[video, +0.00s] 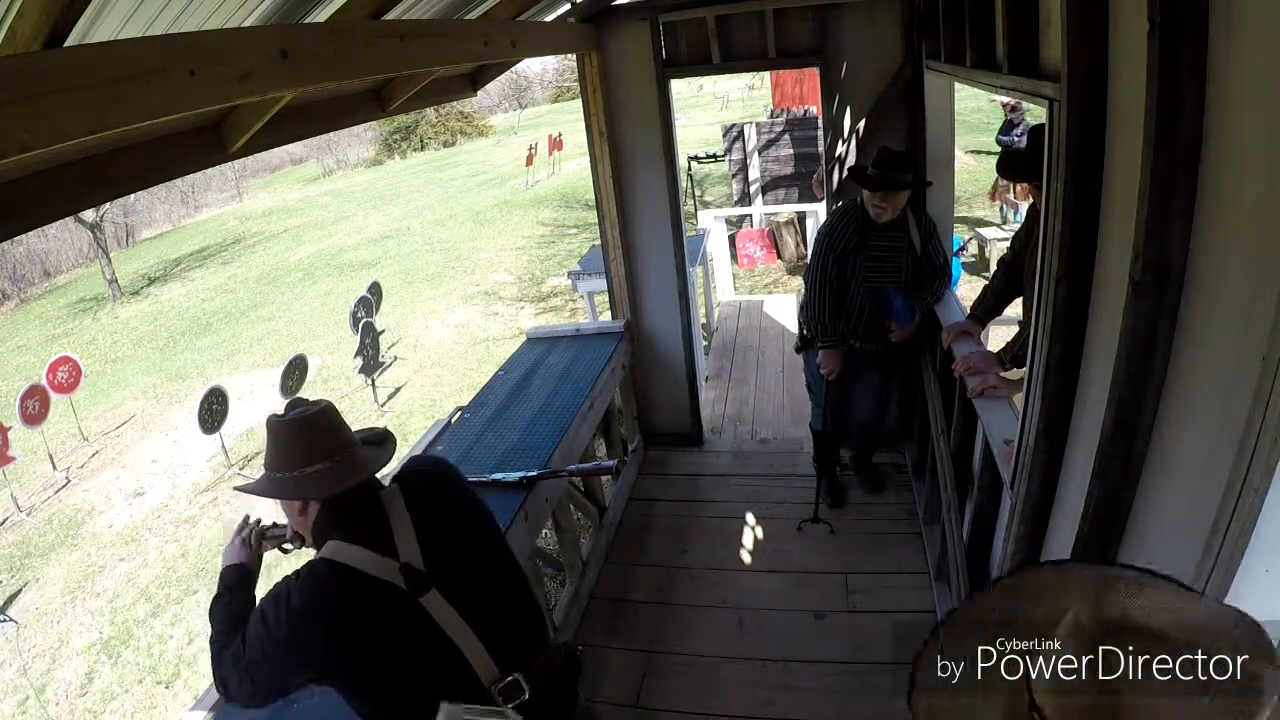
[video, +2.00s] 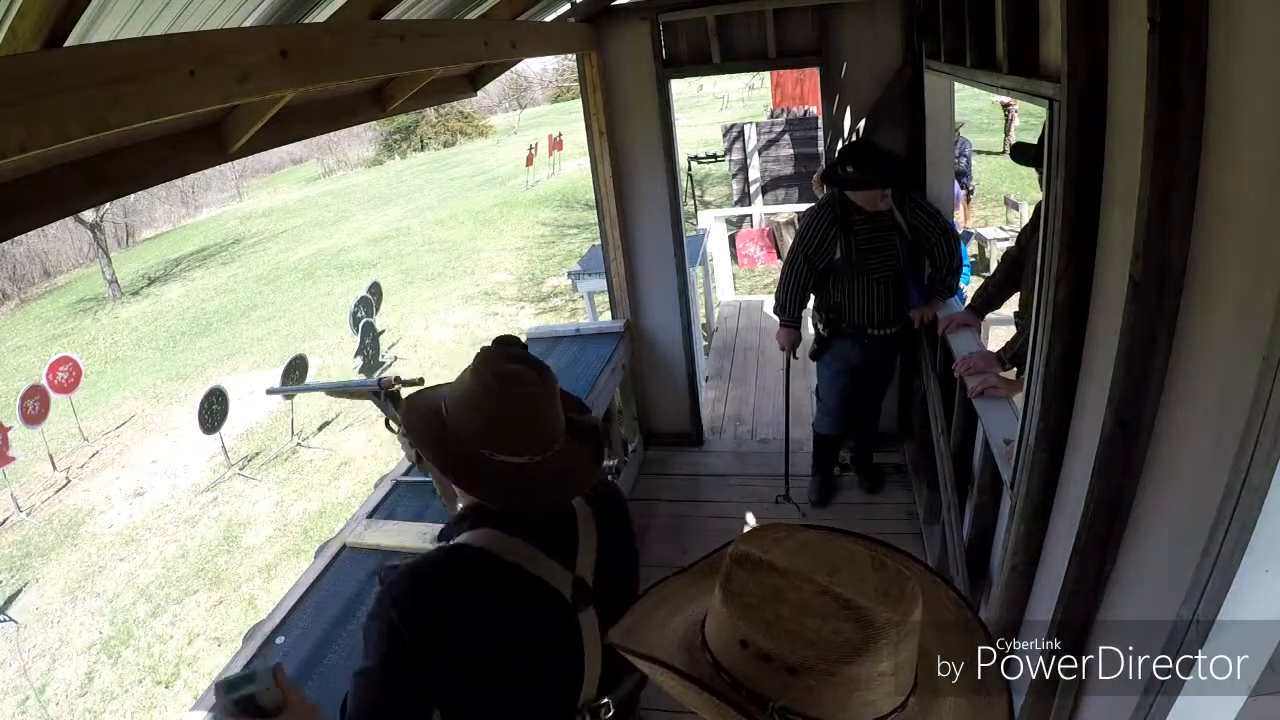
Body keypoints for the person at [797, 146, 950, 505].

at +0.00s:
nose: (880, 199)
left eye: (890, 191)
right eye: (873, 190)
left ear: (908, 193)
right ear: (862, 187)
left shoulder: (921, 227)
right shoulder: (841, 225)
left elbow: (939, 278)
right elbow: (819, 285)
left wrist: (915, 318)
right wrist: (828, 343)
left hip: (886, 341)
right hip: (834, 339)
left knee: (878, 406)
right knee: (829, 411)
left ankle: (864, 460)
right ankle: (827, 473)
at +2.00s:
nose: (884, 198)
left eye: (887, 190)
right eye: (875, 192)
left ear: (891, 183)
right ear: (852, 188)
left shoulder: (909, 209)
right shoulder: (827, 217)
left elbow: (947, 243)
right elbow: (798, 265)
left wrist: (938, 297)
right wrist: (789, 320)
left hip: (890, 334)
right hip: (840, 334)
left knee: (872, 405)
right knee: (831, 410)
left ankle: (865, 460)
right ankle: (823, 473)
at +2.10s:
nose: (884, 196)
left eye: (886, 187)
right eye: (875, 189)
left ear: (887, 182)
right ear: (851, 186)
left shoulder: (909, 209)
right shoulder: (828, 216)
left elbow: (946, 243)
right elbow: (798, 265)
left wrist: (938, 296)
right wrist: (788, 320)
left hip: (891, 333)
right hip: (841, 334)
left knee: (872, 404)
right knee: (832, 409)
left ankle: (865, 460)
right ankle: (823, 473)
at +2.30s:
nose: (885, 193)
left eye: (888, 184)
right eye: (876, 186)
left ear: (891, 179)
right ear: (851, 183)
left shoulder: (909, 210)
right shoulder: (826, 218)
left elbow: (946, 244)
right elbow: (797, 267)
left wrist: (938, 297)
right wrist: (786, 321)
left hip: (891, 334)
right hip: (841, 334)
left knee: (873, 404)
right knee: (832, 408)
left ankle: (864, 460)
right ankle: (823, 472)